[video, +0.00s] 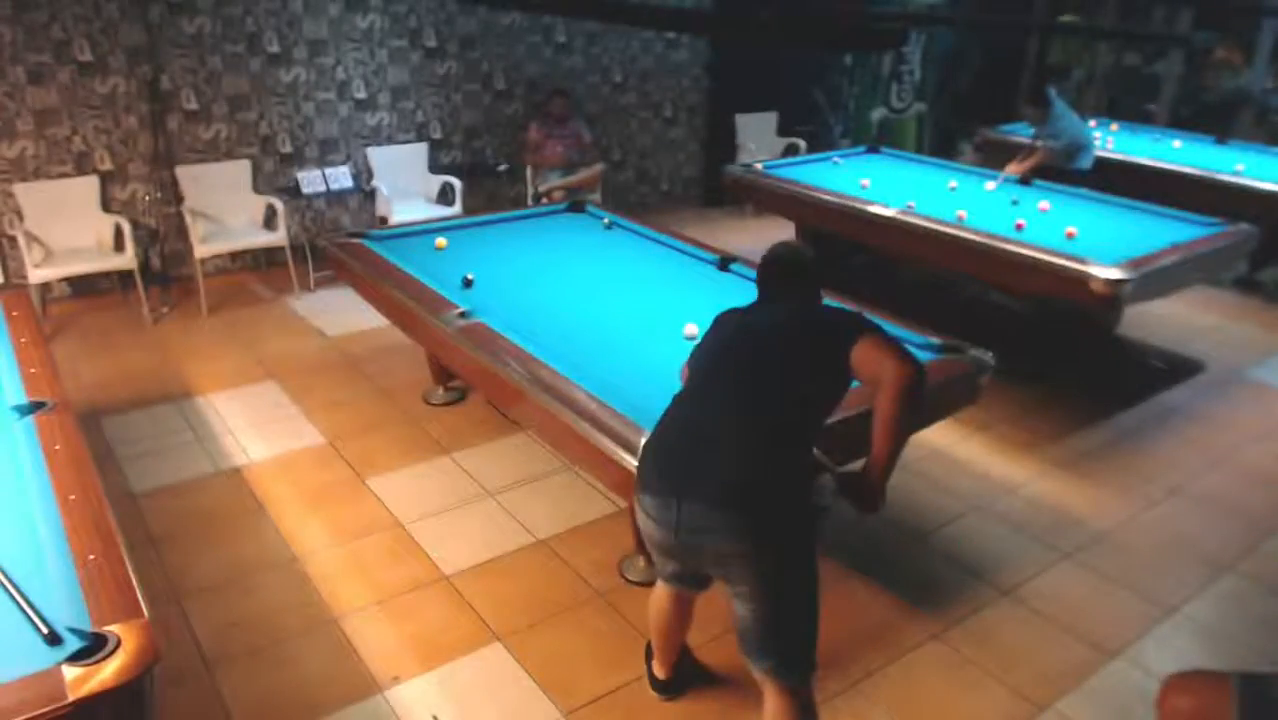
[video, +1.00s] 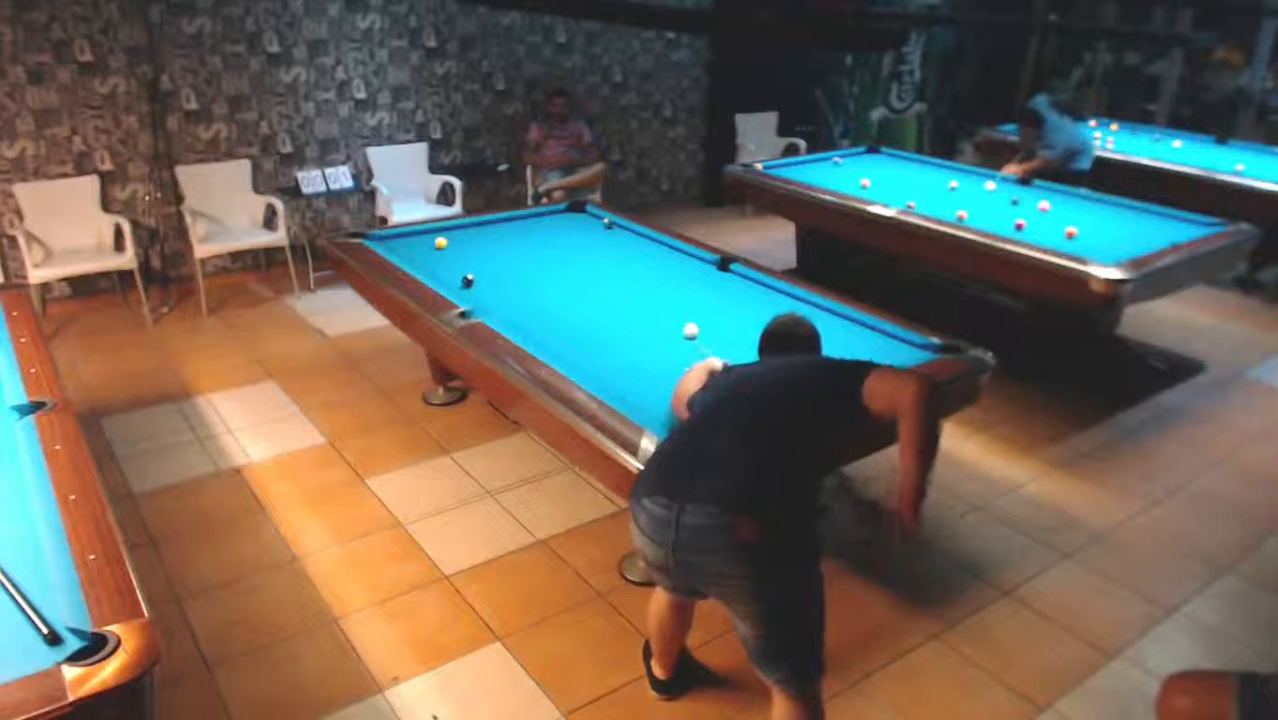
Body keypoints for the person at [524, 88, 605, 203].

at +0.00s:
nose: (559, 111)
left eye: (563, 106)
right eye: (555, 106)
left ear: (569, 107)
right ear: (548, 107)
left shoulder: (577, 125)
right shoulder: (538, 126)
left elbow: (589, 148)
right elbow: (530, 156)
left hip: (573, 168)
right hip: (546, 170)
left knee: (599, 168)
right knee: (559, 195)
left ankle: (548, 188)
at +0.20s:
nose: (559, 111)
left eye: (563, 106)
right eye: (555, 106)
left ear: (569, 107)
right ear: (548, 107)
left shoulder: (577, 125)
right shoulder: (538, 126)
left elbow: (589, 148)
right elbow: (529, 156)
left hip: (573, 168)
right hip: (547, 170)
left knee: (599, 168)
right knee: (559, 195)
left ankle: (548, 188)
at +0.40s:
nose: (559, 111)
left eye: (563, 106)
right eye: (555, 106)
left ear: (569, 107)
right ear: (548, 107)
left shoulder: (577, 125)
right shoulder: (538, 126)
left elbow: (589, 148)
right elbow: (529, 156)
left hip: (573, 168)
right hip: (547, 170)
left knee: (599, 168)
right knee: (558, 195)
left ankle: (548, 189)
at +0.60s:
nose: (559, 110)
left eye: (563, 106)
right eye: (555, 106)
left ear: (568, 107)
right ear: (548, 107)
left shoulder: (578, 126)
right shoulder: (539, 127)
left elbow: (592, 155)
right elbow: (528, 156)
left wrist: (573, 160)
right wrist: (552, 161)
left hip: (576, 166)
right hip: (550, 169)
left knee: (602, 169)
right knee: (558, 196)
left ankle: (551, 186)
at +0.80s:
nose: (559, 110)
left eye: (563, 106)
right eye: (555, 106)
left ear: (568, 107)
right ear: (548, 107)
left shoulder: (578, 126)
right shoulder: (539, 127)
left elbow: (592, 155)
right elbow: (528, 156)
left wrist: (572, 160)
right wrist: (553, 161)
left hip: (576, 166)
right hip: (550, 169)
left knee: (602, 169)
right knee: (558, 196)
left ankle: (551, 186)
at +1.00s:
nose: (559, 110)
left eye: (563, 106)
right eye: (555, 106)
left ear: (568, 108)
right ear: (548, 107)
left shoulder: (578, 126)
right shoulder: (539, 127)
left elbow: (593, 155)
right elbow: (528, 156)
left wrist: (572, 160)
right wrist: (552, 161)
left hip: (576, 166)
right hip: (550, 169)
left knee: (602, 169)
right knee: (558, 196)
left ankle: (551, 186)